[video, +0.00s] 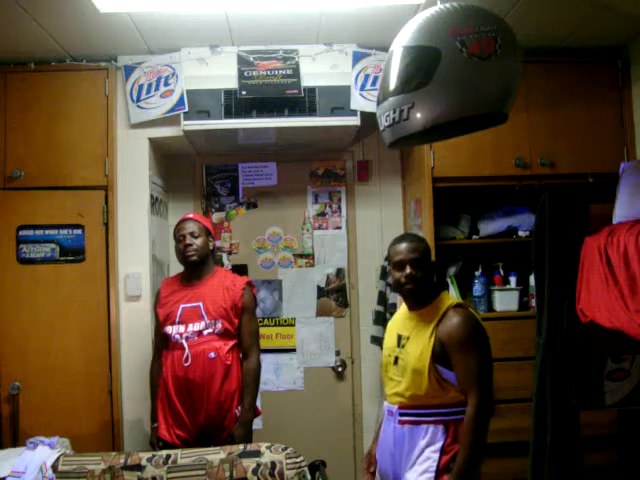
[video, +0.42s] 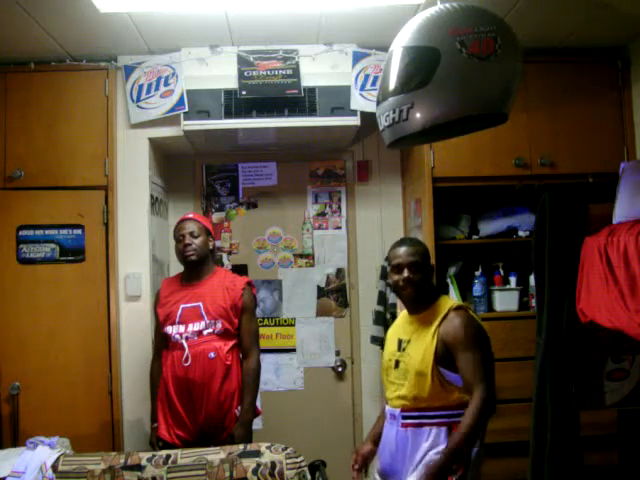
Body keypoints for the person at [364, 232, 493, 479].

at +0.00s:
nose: (409, 273)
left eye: (417, 264)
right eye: (399, 267)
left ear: (431, 267)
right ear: (390, 274)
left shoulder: (457, 323)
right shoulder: (400, 316)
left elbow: (478, 401)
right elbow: (397, 391)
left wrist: (460, 471)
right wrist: (376, 443)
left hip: (434, 439)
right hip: (392, 436)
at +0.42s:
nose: (405, 276)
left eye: (414, 268)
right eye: (397, 270)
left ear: (430, 272)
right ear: (388, 277)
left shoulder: (457, 323)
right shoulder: (400, 323)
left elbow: (482, 396)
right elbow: (397, 394)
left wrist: (444, 460)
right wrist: (371, 441)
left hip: (434, 443)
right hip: (393, 441)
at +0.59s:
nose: (409, 271)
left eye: (417, 264)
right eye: (400, 265)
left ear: (431, 268)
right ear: (390, 273)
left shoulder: (455, 314)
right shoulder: (396, 321)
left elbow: (475, 370)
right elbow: (393, 391)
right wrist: (370, 437)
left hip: (440, 434)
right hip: (394, 434)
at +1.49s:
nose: (407, 271)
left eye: (416, 263)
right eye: (398, 265)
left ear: (429, 269)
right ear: (389, 274)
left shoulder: (453, 311)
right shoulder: (396, 324)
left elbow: (469, 357)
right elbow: (393, 393)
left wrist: (442, 333)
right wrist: (361, 437)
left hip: (441, 435)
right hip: (395, 436)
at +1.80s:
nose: (376, 274)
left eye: (384, 266)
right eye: (379, 266)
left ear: (407, 275)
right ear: (405, 276)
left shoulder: (454, 314)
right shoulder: (397, 325)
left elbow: (468, 341)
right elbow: (390, 389)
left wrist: (440, 319)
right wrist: (343, 417)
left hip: (438, 443)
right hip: (393, 440)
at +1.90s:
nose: (375, 275)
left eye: (381, 267)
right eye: (376, 267)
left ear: (404, 271)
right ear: (401, 271)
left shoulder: (450, 311)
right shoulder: (395, 324)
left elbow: (472, 347)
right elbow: (384, 388)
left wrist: (436, 328)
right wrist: (331, 394)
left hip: (438, 437)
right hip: (395, 435)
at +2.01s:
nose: (371, 276)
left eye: (377, 269)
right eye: (373, 268)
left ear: (400, 276)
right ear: (398, 278)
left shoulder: (447, 312)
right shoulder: (396, 323)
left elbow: (479, 350)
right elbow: (377, 376)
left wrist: (433, 340)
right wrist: (314, 369)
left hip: (440, 437)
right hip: (397, 434)